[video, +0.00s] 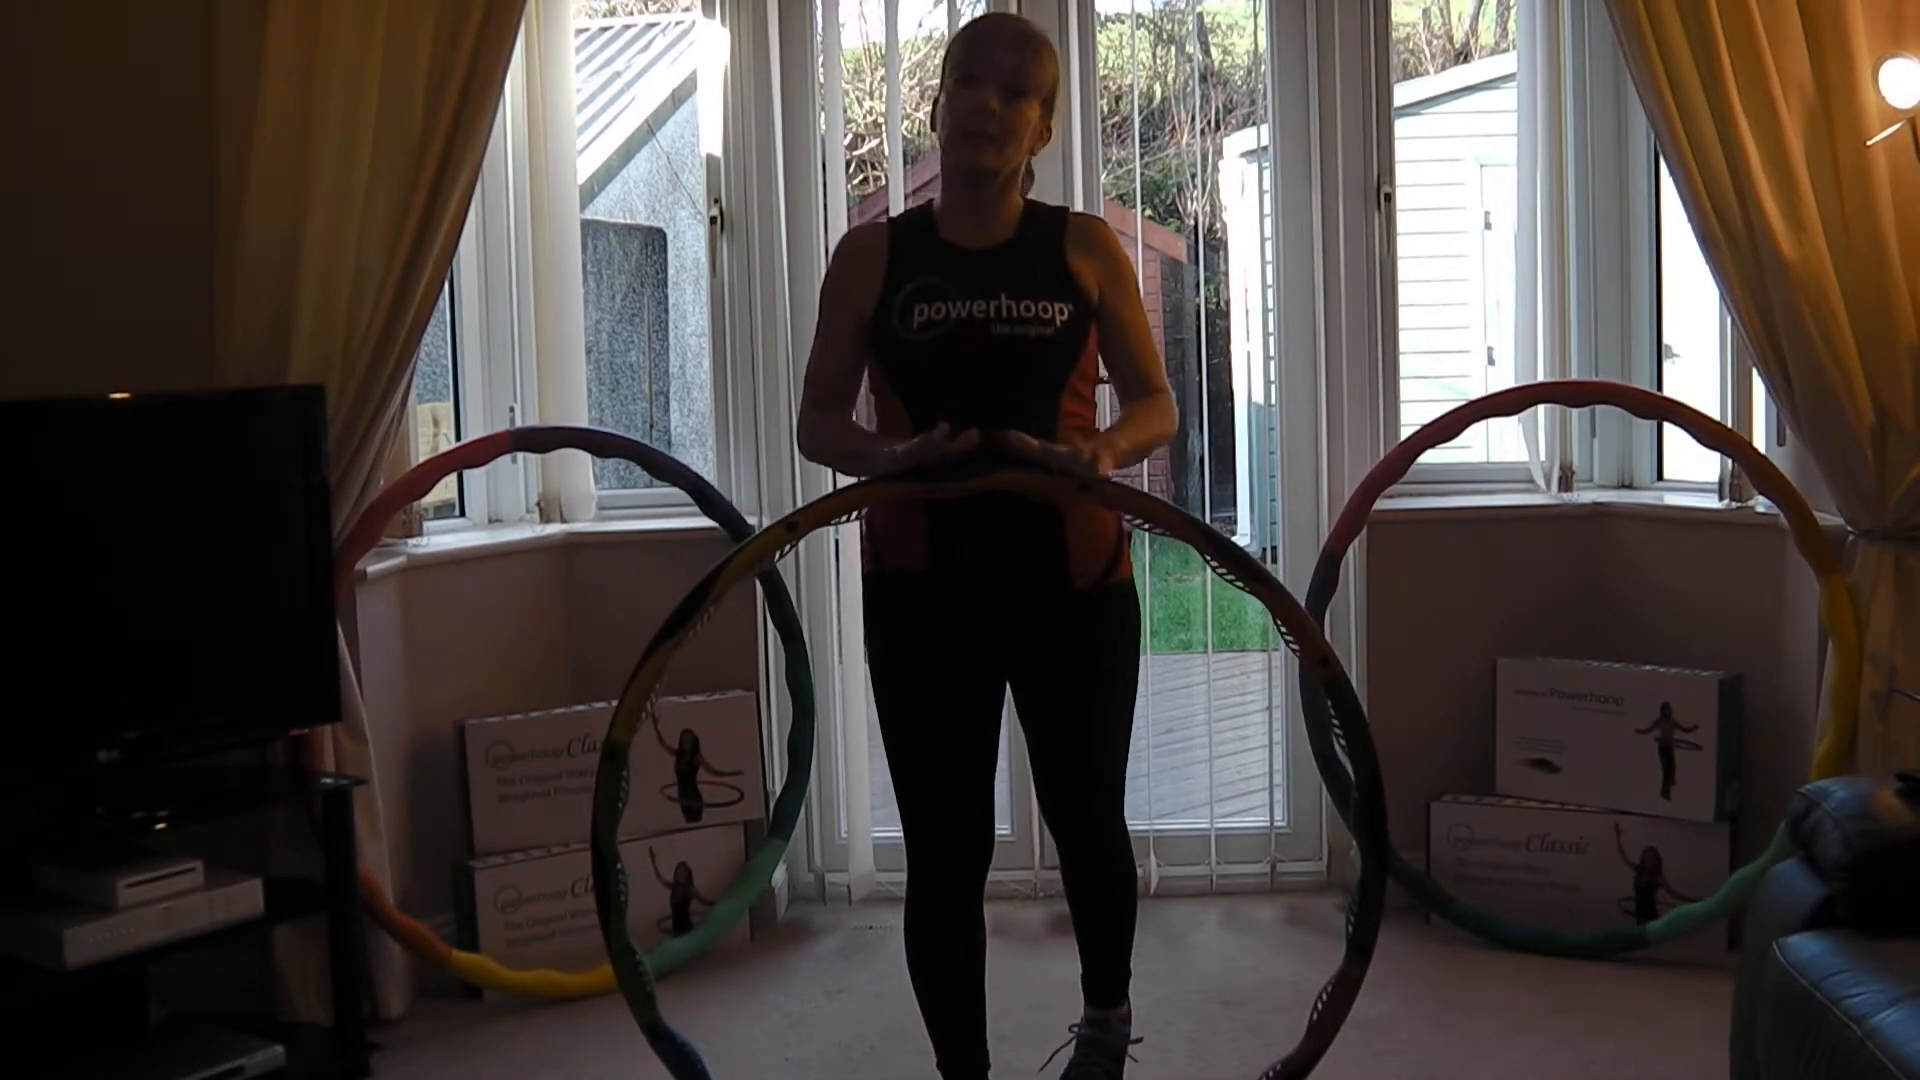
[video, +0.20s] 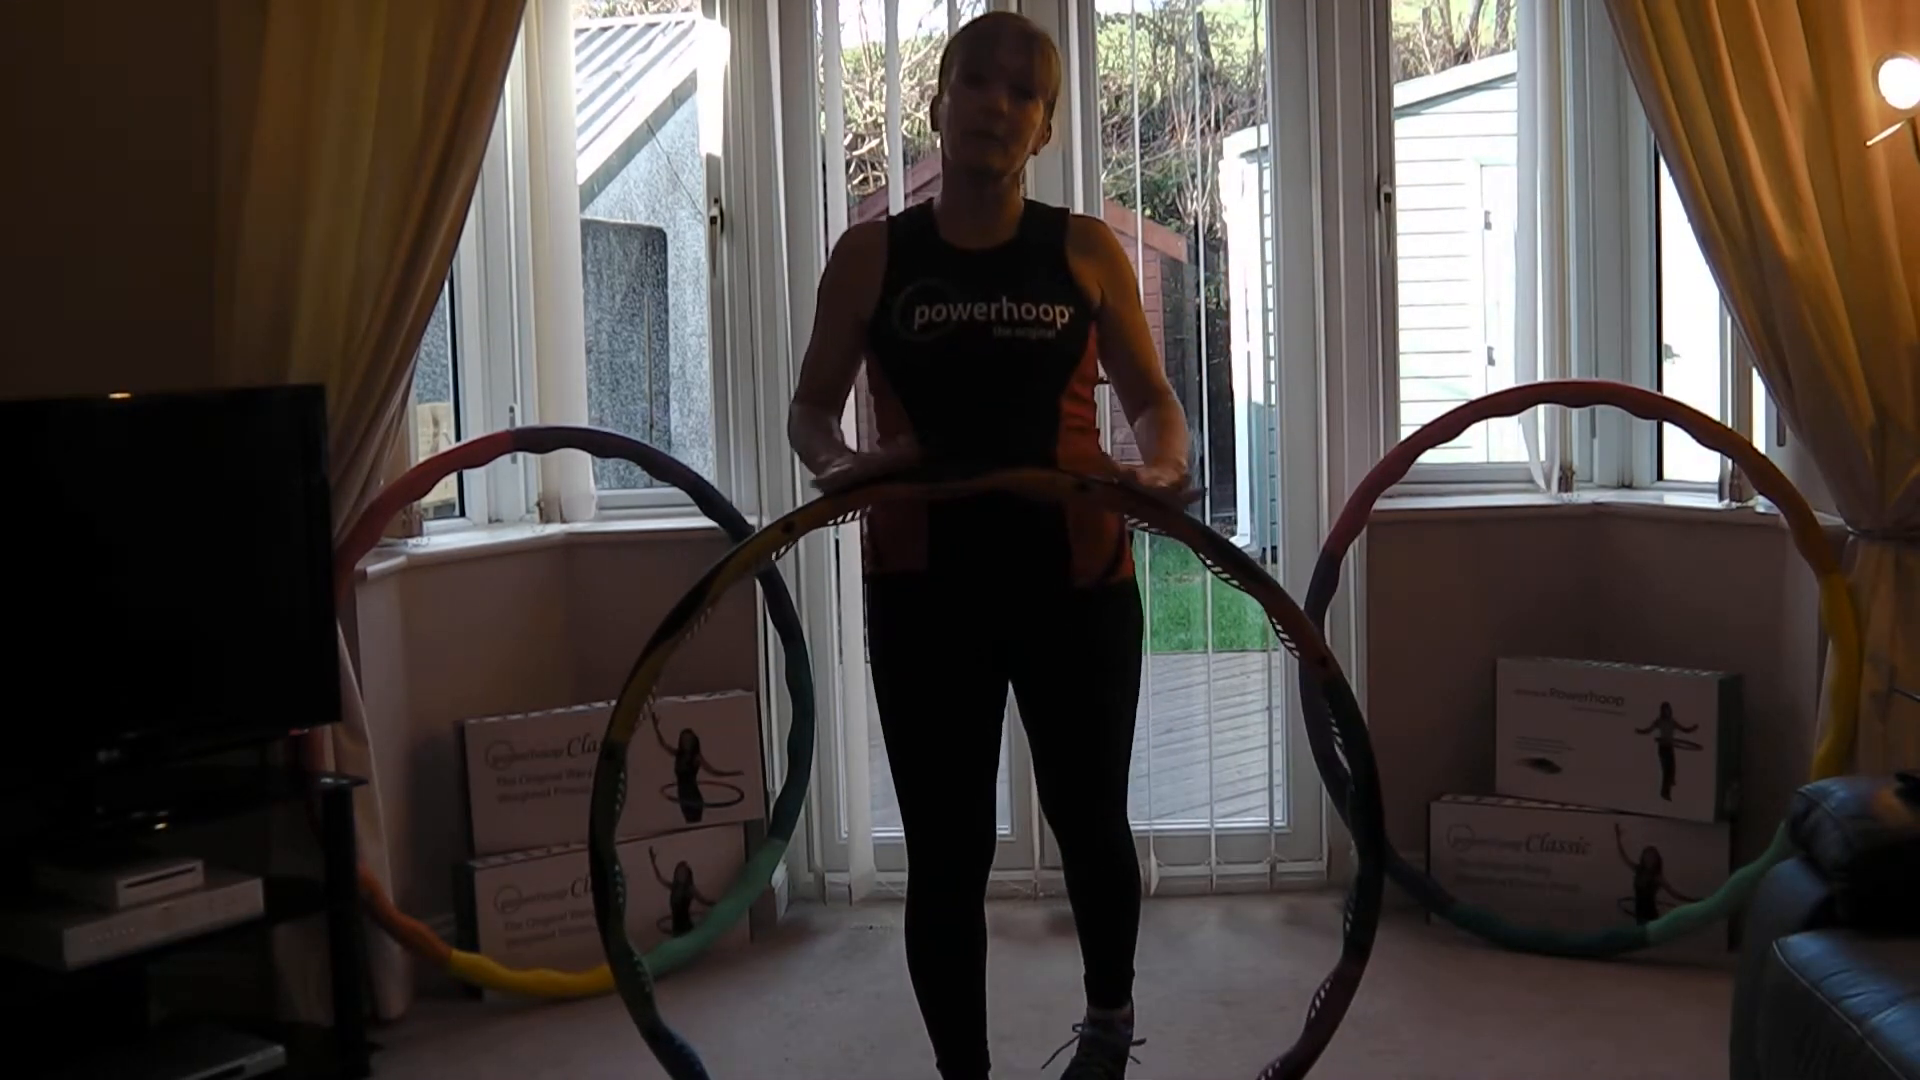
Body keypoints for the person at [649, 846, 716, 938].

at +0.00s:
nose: (681, 875)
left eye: (683, 872)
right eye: (679, 872)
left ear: (688, 874)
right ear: (675, 874)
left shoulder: (690, 889)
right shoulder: (674, 887)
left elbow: (703, 901)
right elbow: (659, 878)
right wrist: (653, 861)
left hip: (686, 924)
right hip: (675, 924)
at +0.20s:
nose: (681, 875)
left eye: (684, 872)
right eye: (679, 872)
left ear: (688, 874)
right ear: (675, 874)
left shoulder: (690, 889)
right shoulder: (674, 887)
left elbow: (703, 901)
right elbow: (659, 878)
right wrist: (653, 862)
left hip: (686, 923)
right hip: (675, 923)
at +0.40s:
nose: (681, 875)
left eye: (684, 872)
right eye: (679, 872)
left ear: (688, 874)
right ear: (675, 874)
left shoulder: (690, 889)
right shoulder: (674, 887)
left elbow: (703, 901)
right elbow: (659, 878)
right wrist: (653, 861)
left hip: (686, 923)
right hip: (675, 923)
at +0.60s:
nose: (681, 875)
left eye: (684, 872)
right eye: (679, 872)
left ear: (688, 874)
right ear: (675, 874)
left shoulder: (690, 889)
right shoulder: (674, 887)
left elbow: (703, 901)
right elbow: (659, 878)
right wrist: (653, 861)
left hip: (686, 923)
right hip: (675, 923)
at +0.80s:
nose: (681, 875)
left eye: (684, 872)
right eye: (679, 872)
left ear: (688, 874)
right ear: (675, 874)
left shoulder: (690, 889)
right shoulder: (674, 887)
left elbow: (703, 901)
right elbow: (659, 878)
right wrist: (653, 861)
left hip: (686, 923)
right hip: (675, 923)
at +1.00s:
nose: (681, 875)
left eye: (683, 872)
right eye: (679, 872)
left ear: (688, 874)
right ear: (675, 874)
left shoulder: (690, 889)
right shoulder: (674, 887)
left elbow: (703, 901)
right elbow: (659, 878)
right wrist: (653, 861)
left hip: (686, 923)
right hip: (675, 923)